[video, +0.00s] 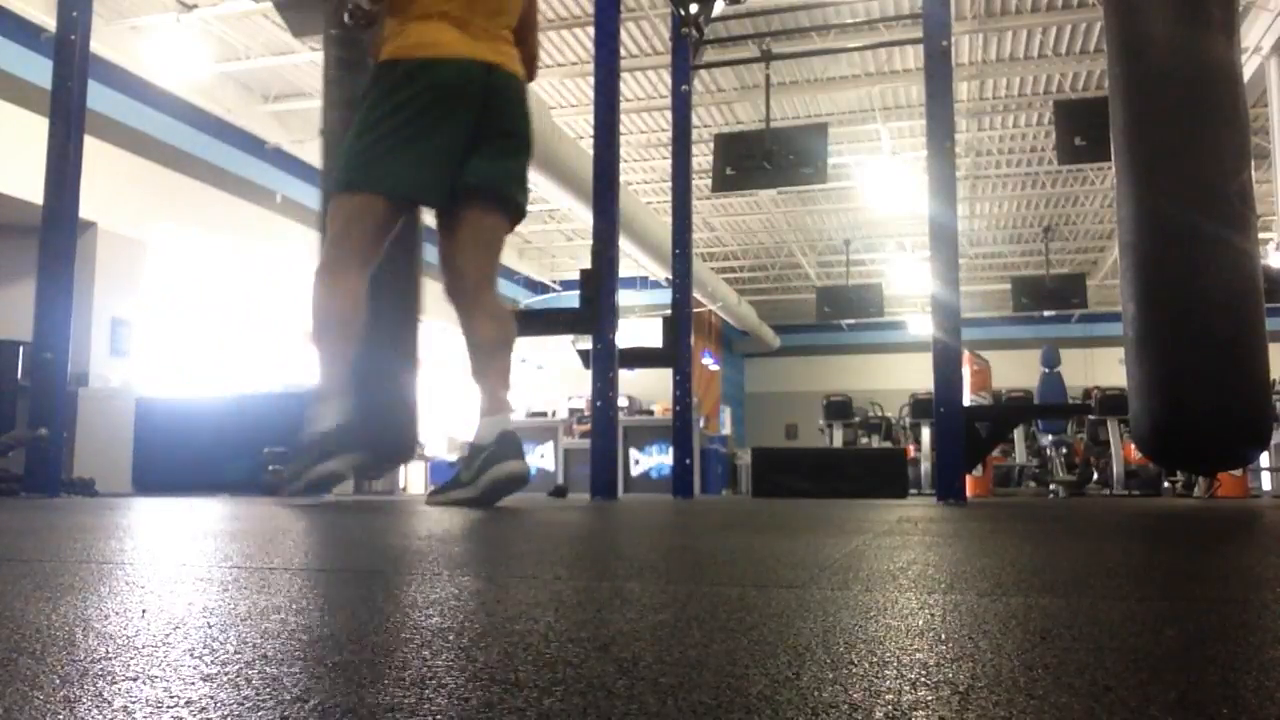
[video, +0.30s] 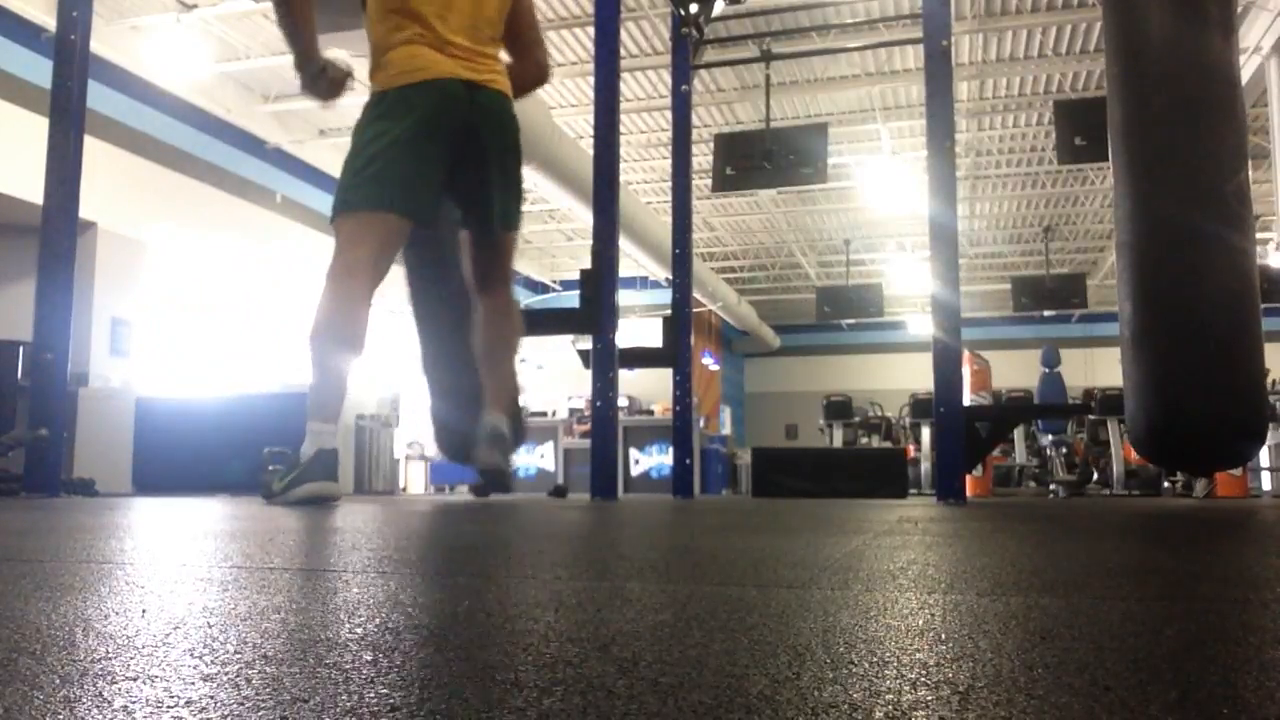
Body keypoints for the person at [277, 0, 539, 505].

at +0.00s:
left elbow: (362, 13)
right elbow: (527, 60)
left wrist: (364, 14)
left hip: (415, 73)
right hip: (503, 89)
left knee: (345, 258)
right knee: (475, 277)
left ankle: (330, 424)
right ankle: (496, 435)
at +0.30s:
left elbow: (291, 2)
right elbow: (534, 65)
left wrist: (311, 64)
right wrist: (475, 93)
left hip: (409, 99)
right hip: (493, 109)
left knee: (353, 275)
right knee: (495, 285)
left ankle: (319, 452)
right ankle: (497, 423)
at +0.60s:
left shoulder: (445, 6)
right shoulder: (557, 4)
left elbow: (412, 54)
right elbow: (649, 3)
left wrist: (428, 144)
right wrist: (711, 45)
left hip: (447, 173)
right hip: (527, 177)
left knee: (383, 295)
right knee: (547, 322)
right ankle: (537, 462)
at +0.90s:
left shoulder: (468, 6)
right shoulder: (600, 2)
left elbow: (441, 102)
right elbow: (664, 60)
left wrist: (419, 180)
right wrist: (649, 113)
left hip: (501, 162)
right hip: (575, 163)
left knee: (466, 244)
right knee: (573, 321)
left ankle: (447, 315)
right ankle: (548, 455)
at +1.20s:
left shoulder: (454, 5)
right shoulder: (574, 11)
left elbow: (412, 82)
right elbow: (609, 109)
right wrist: (548, 118)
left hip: (489, 159)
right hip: (563, 165)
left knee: (445, 315)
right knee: (553, 318)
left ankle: (440, 446)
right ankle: (567, 464)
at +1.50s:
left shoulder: (481, 2)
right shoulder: (605, 2)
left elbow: (435, 71)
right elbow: (657, 64)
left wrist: (441, 72)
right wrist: (610, 81)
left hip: (485, 142)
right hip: (563, 144)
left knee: (433, 273)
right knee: (567, 314)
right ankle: (554, 459)